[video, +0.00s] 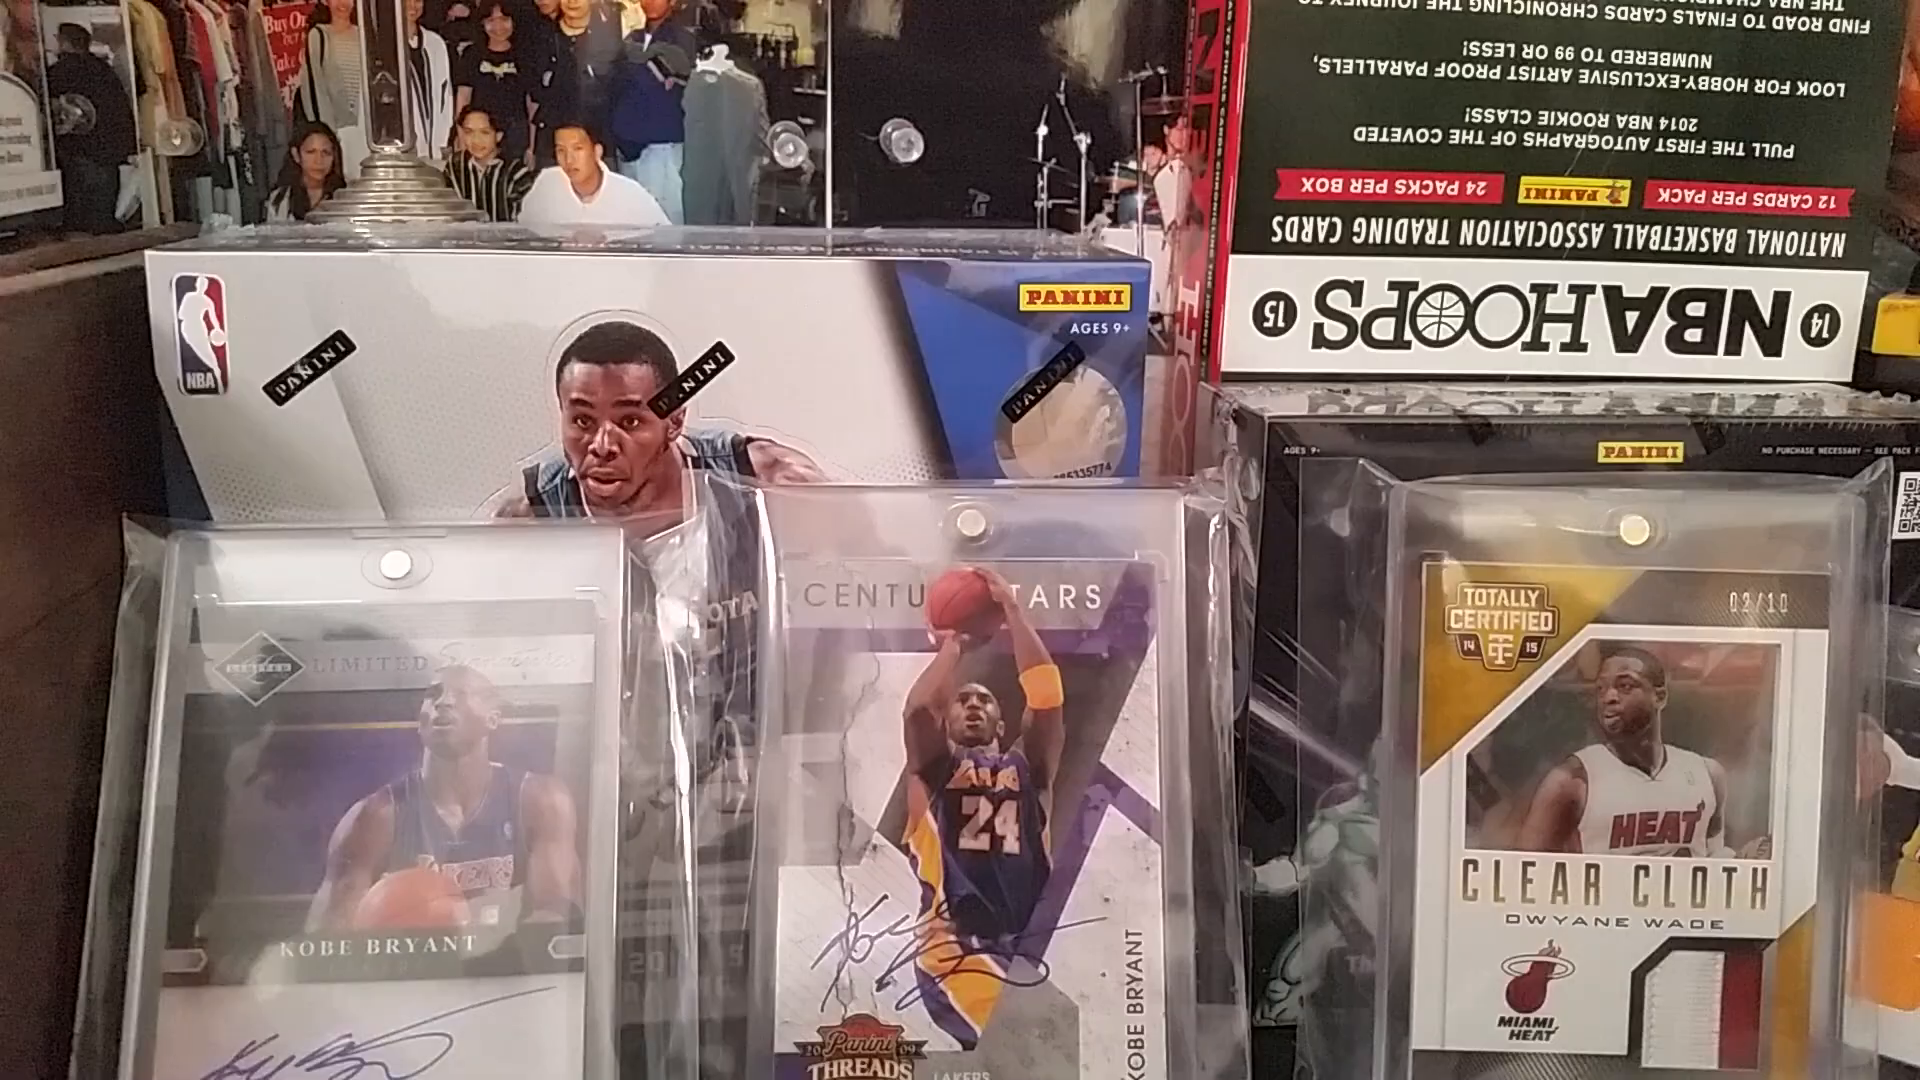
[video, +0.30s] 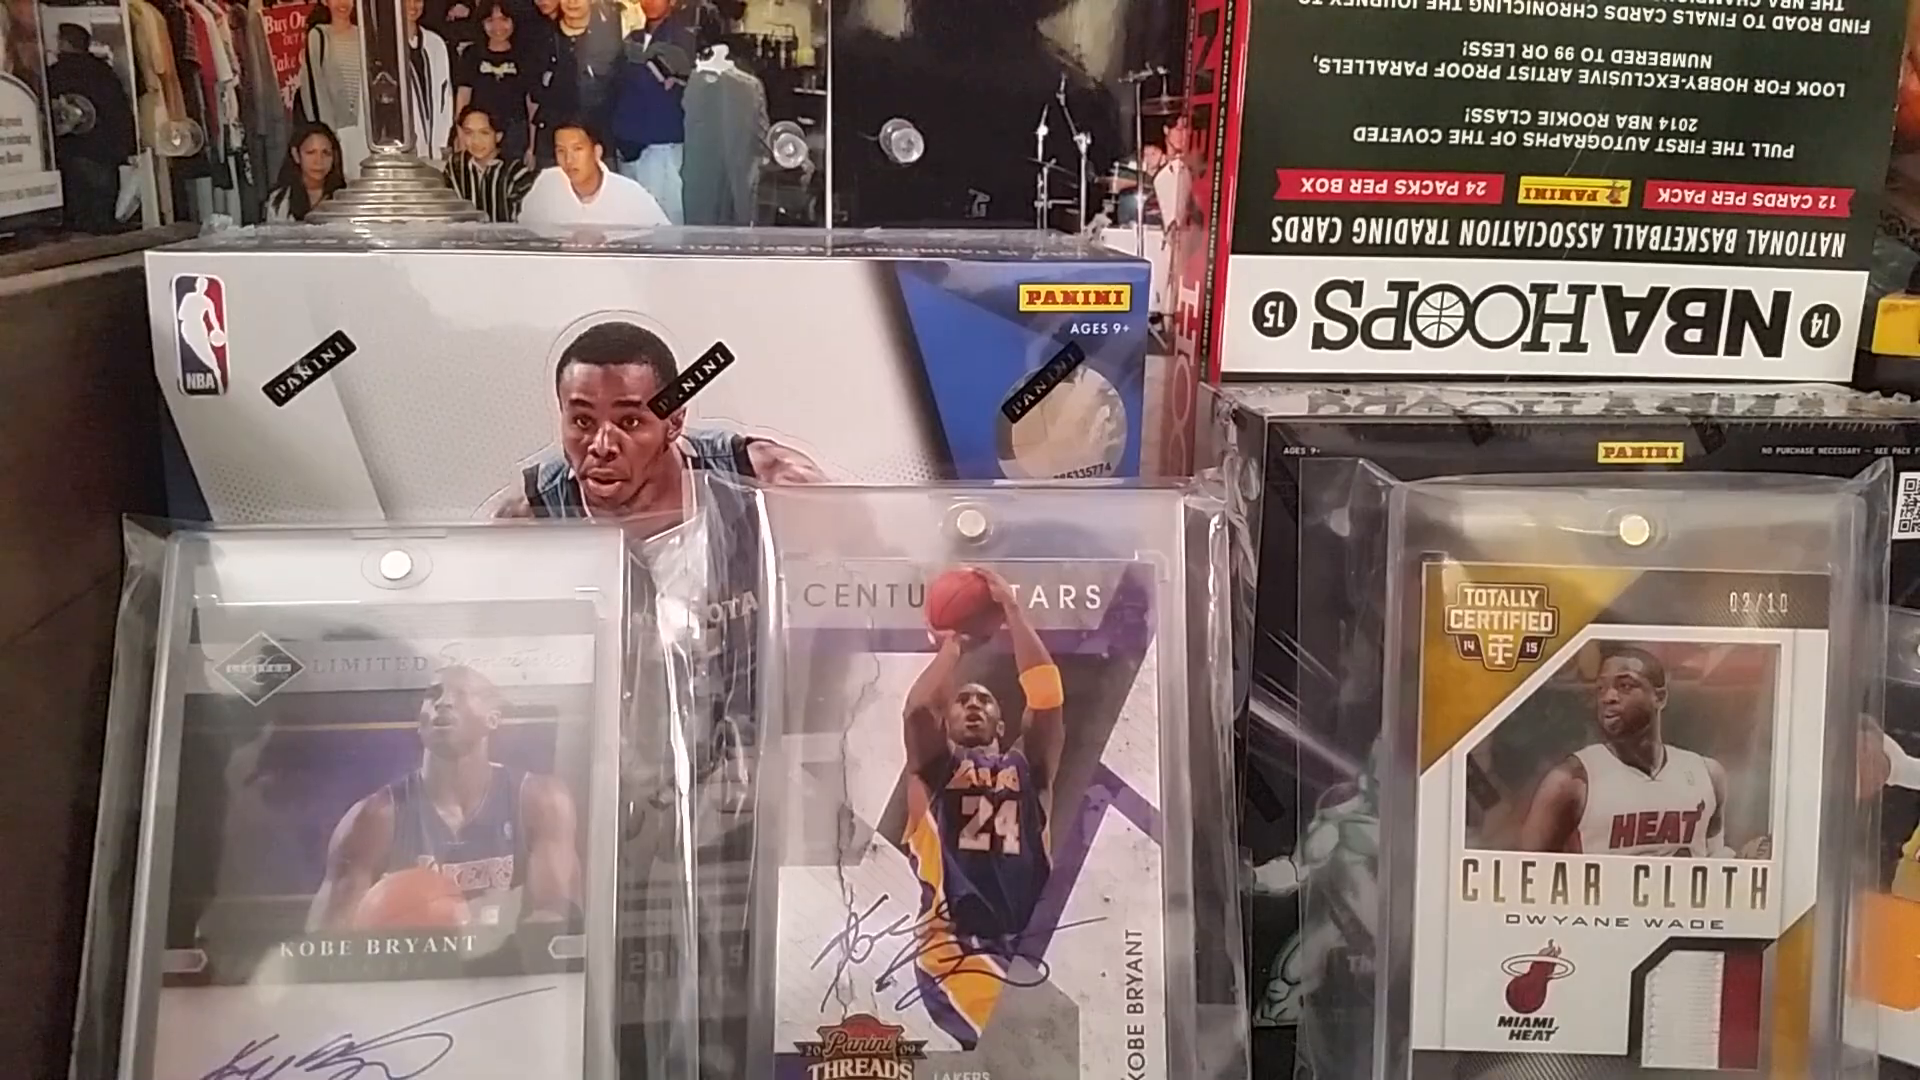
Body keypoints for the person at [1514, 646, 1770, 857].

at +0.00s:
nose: (1608, 698)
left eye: (1625, 685)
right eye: (1601, 689)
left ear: (1660, 697)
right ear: (1594, 699)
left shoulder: (1708, 777)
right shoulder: (1569, 782)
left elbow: (1715, 860)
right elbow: (1524, 883)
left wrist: (1746, 860)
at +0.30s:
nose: (1608, 697)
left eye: (1625, 685)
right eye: (1601, 688)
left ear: (1660, 697)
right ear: (1594, 697)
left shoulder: (1708, 777)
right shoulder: (1569, 782)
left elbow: (1715, 858)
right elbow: (1524, 880)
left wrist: (1746, 861)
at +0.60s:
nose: (1608, 697)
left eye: (1625, 685)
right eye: (1601, 688)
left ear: (1660, 697)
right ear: (1595, 697)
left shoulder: (1708, 777)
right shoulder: (1569, 783)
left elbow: (1715, 857)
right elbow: (1524, 879)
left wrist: (1744, 860)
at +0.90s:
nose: (1608, 697)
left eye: (1625, 685)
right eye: (1601, 688)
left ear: (1660, 698)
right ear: (1595, 697)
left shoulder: (1708, 776)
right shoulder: (1569, 783)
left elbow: (1715, 856)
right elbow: (1523, 879)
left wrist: (1745, 860)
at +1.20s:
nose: (1609, 697)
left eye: (1625, 685)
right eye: (1602, 688)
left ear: (1660, 698)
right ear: (1595, 697)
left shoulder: (1708, 777)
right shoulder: (1569, 783)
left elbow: (1715, 856)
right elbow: (1524, 879)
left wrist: (1747, 860)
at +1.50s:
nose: (1616, 697)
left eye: (1633, 685)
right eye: (1609, 688)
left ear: (1667, 697)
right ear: (1602, 697)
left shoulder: (1716, 776)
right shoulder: (1577, 781)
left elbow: (1722, 856)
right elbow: (1533, 877)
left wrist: (1755, 859)